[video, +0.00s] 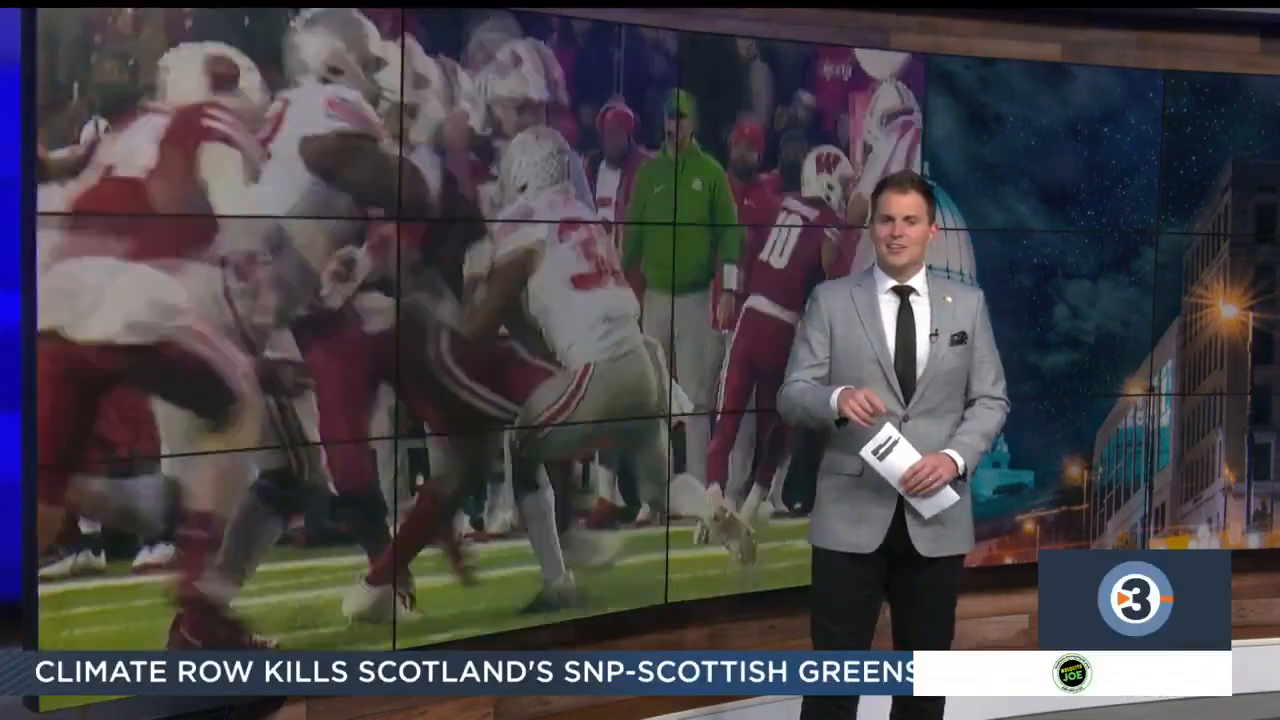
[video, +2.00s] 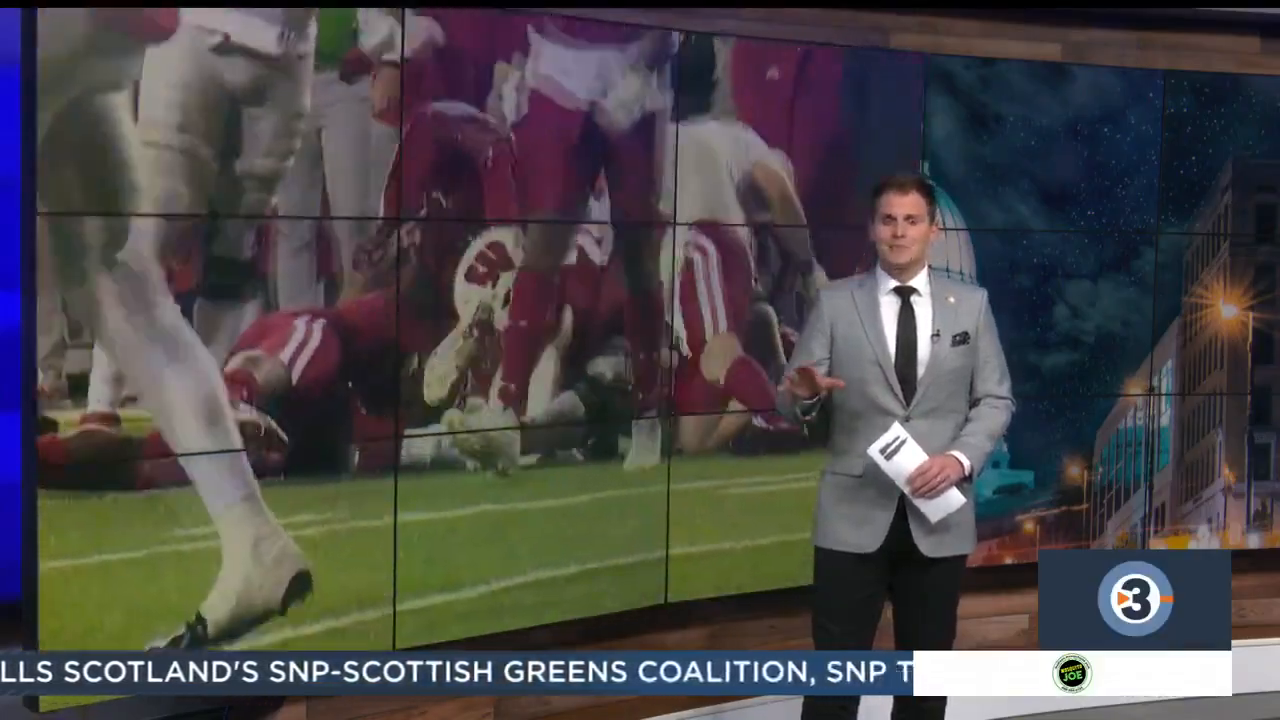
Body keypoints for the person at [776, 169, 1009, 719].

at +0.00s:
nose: (895, 231)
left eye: (909, 220)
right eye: (885, 220)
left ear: (932, 230)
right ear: (871, 228)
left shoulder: (966, 302)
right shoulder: (830, 300)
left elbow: (990, 400)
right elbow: (793, 394)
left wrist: (954, 457)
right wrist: (835, 399)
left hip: (935, 515)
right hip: (849, 513)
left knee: (927, 675)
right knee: (834, 672)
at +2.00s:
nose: (897, 231)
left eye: (911, 220)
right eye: (887, 220)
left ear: (932, 230)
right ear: (873, 229)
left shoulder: (970, 303)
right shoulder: (835, 301)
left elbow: (994, 401)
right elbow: (792, 407)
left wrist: (960, 457)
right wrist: (798, 394)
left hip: (937, 514)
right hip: (852, 512)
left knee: (929, 673)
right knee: (835, 671)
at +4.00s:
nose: (893, 228)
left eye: (905, 217)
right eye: (881, 217)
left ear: (923, 228)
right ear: (863, 230)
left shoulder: (962, 303)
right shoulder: (825, 301)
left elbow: (977, 402)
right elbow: (794, 389)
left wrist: (918, 439)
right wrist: (808, 411)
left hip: (922, 510)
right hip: (837, 509)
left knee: (919, 667)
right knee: (825, 666)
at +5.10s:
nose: (883, 232)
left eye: (895, 221)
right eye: (871, 221)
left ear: (916, 229)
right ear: (856, 230)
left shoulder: (957, 303)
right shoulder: (819, 301)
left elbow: (973, 402)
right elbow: (788, 395)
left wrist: (925, 442)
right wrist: (815, 417)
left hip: (922, 512)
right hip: (837, 511)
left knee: (918, 669)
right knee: (823, 668)